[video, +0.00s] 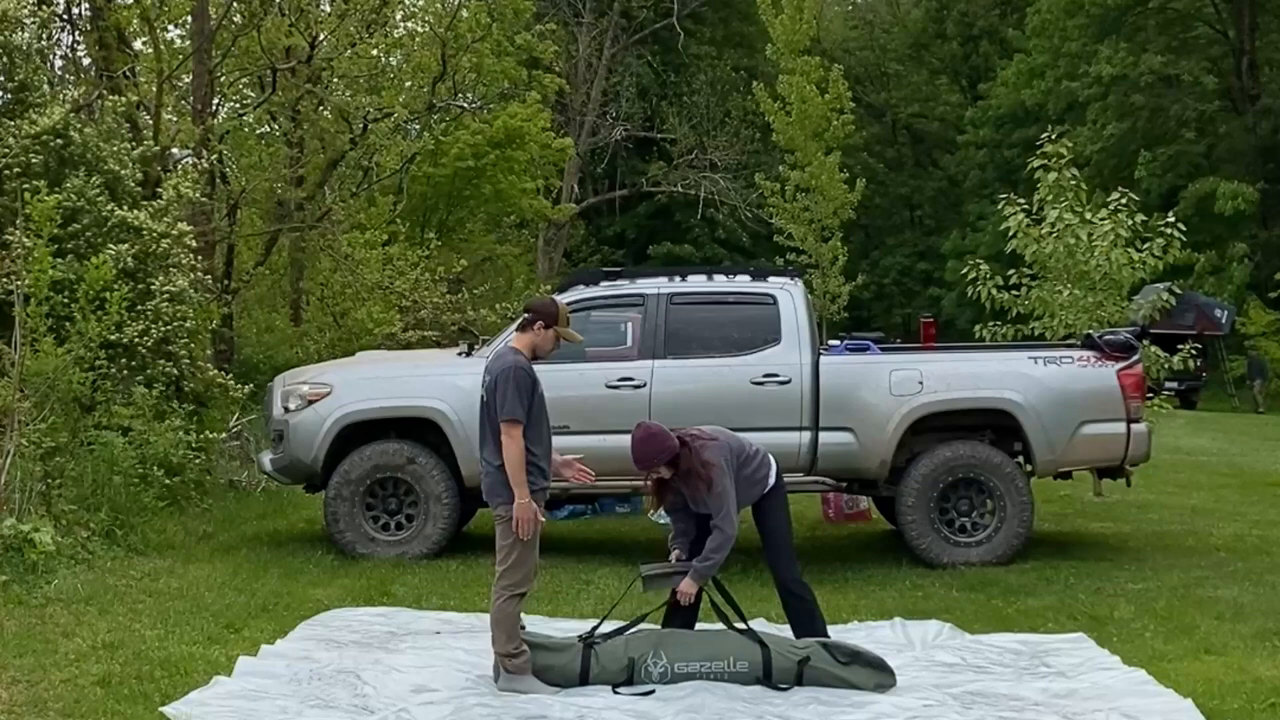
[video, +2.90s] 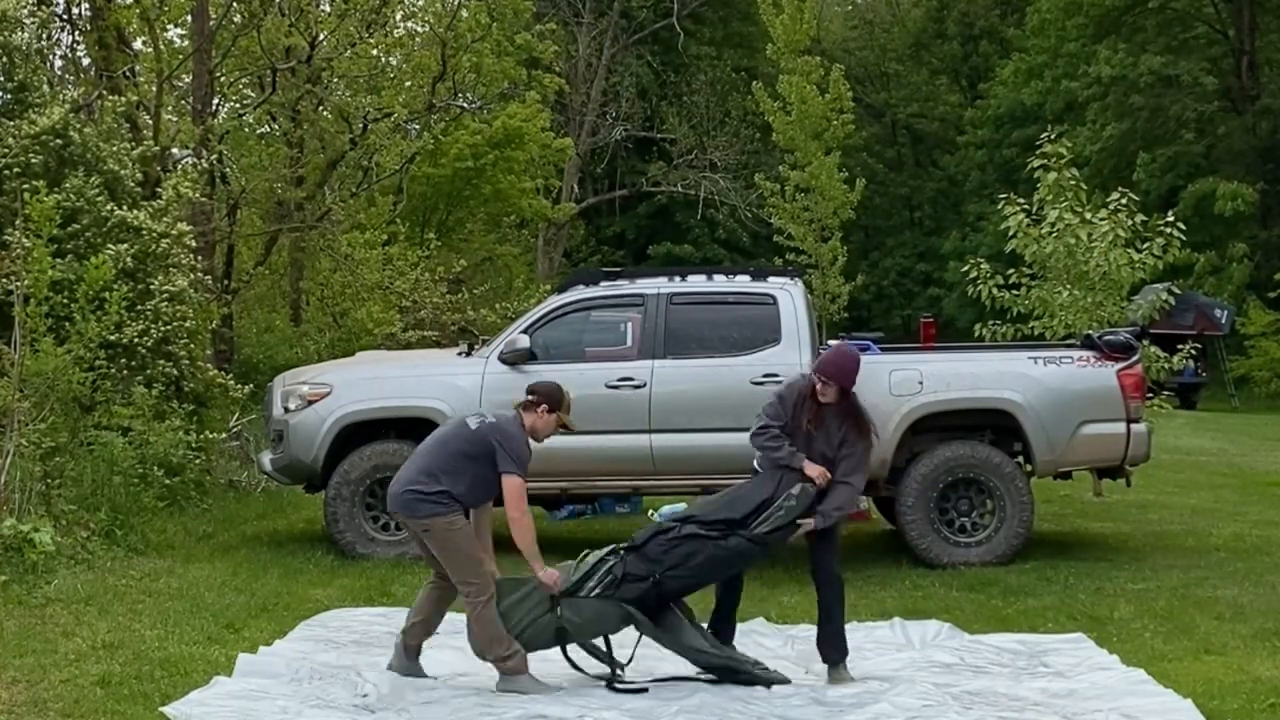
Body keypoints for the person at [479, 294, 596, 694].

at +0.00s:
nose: (557, 345)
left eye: (559, 339)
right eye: (557, 337)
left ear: (534, 328)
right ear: (540, 329)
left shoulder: (512, 363)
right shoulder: (512, 368)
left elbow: (515, 437)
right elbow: (511, 436)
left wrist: (555, 462)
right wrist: (522, 497)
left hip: (519, 494)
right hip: (515, 497)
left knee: (514, 583)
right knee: (512, 585)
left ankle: (508, 664)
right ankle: (512, 670)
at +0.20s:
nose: (594, 384)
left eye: (598, 377)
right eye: (594, 376)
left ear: (576, 363)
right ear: (577, 364)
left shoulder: (546, 386)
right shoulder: (545, 396)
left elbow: (533, 466)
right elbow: (534, 470)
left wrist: (531, 516)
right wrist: (541, 531)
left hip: (491, 487)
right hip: (488, 490)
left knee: (505, 582)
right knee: (507, 583)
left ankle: (506, 665)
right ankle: (513, 671)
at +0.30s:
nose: (608, 440)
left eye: (613, 434)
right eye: (609, 432)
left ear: (591, 414)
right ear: (593, 419)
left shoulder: (556, 413)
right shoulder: (556, 451)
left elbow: (540, 487)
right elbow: (555, 527)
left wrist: (539, 536)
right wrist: (562, 590)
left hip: (472, 483)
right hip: (475, 492)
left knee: (503, 576)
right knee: (515, 578)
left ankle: (505, 663)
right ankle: (514, 672)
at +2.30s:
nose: (626, 440)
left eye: (629, 433)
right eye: (625, 432)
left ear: (605, 419)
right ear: (608, 422)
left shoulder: (571, 427)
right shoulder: (572, 452)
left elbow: (543, 491)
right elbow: (562, 533)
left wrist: (520, 533)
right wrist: (562, 591)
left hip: (479, 484)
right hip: (477, 489)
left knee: (508, 573)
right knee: (504, 580)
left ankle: (502, 665)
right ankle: (514, 671)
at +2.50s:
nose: (622, 442)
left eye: (625, 435)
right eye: (622, 433)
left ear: (601, 421)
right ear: (604, 423)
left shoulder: (566, 431)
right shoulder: (569, 450)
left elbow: (542, 500)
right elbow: (554, 525)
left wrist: (529, 547)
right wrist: (553, 590)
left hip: (476, 486)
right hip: (472, 489)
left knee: (511, 571)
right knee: (506, 576)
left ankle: (498, 661)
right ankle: (513, 670)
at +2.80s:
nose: (589, 456)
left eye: (593, 450)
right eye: (591, 447)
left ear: (568, 431)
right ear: (577, 435)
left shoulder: (531, 441)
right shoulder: (546, 451)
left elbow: (512, 520)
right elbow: (543, 528)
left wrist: (505, 570)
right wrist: (557, 588)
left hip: (434, 494)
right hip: (452, 500)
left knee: (483, 568)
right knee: (505, 580)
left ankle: (472, 653)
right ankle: (514, 673)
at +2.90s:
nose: (555, 430)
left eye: (559, 425)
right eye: (557, 422)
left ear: (535, 409)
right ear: (540, 410)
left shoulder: (494, 426)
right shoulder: (511, 437)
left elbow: (481, 509)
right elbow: (518, 513)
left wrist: (486, 562)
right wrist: (540, 569)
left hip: (409, 497)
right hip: (432, 502)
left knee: (447, 578)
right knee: (478, 584)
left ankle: (404, 657)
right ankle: (513, 673)